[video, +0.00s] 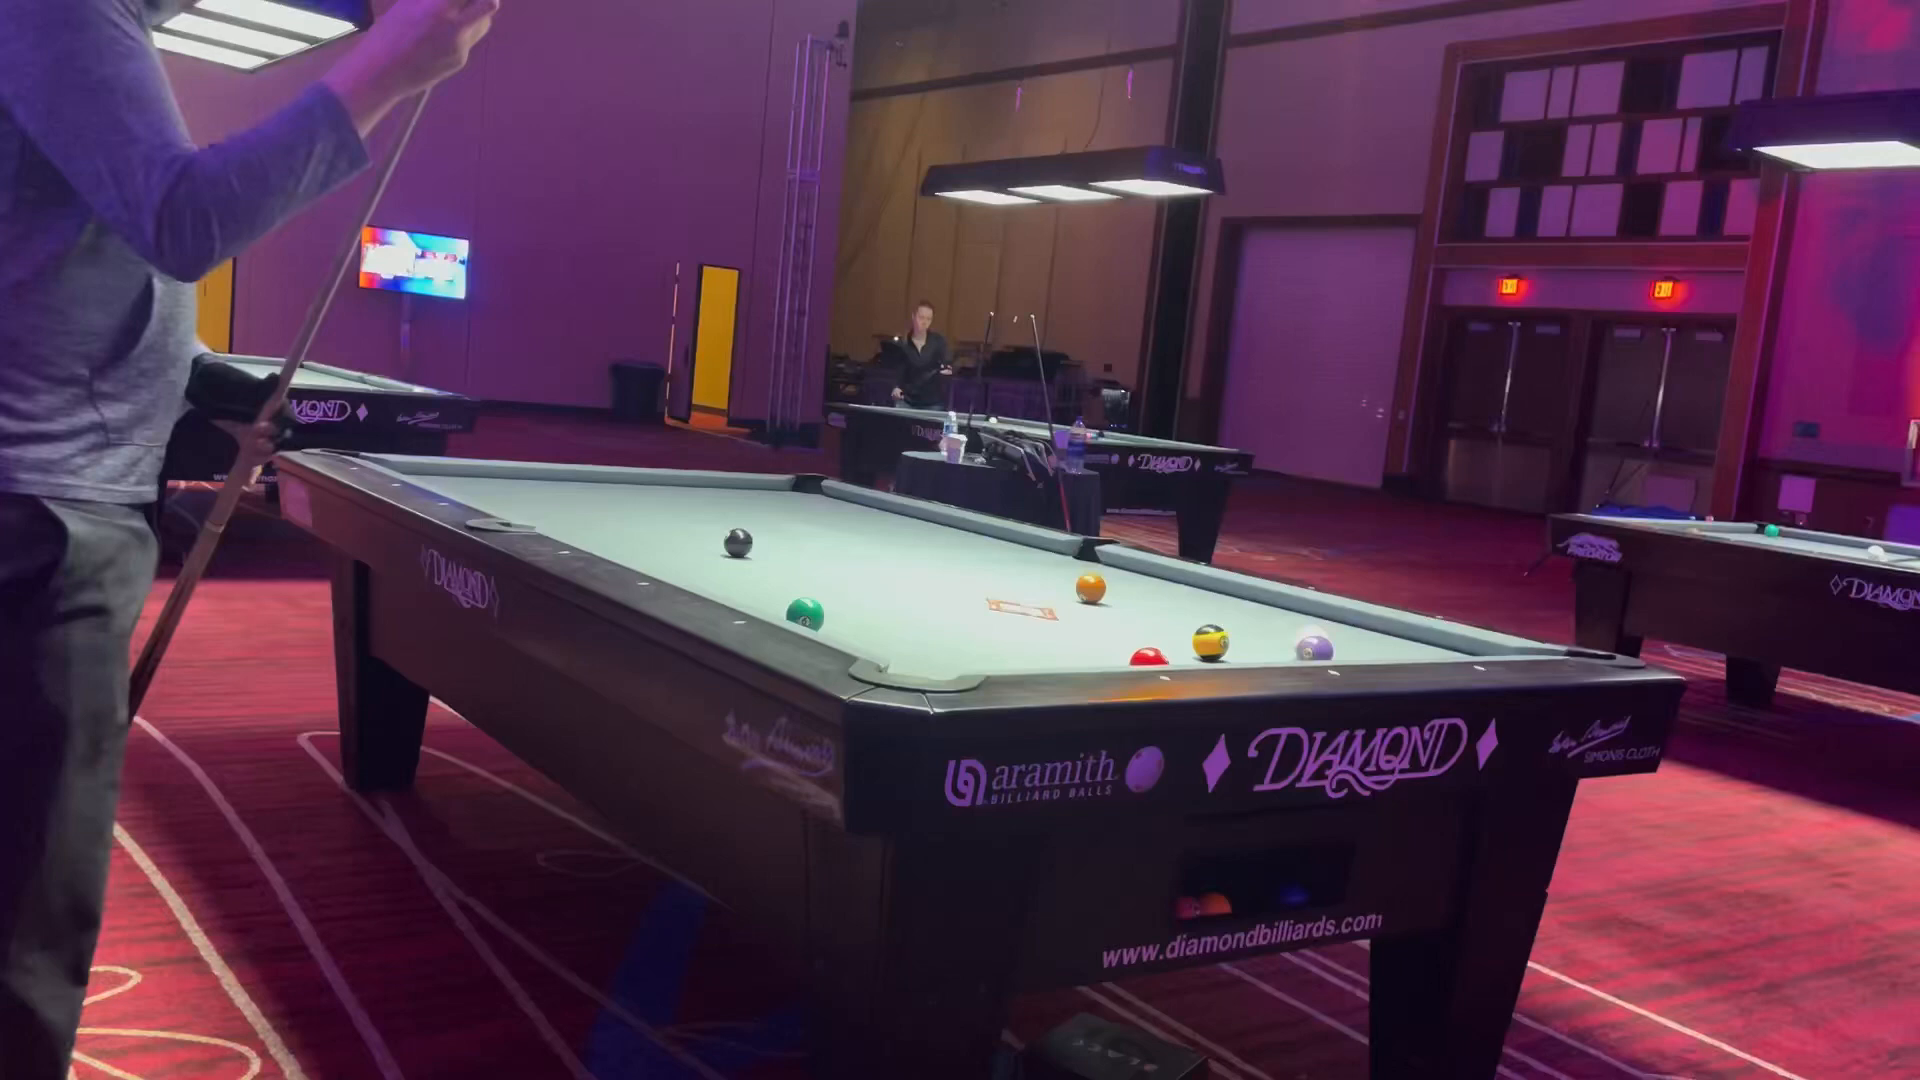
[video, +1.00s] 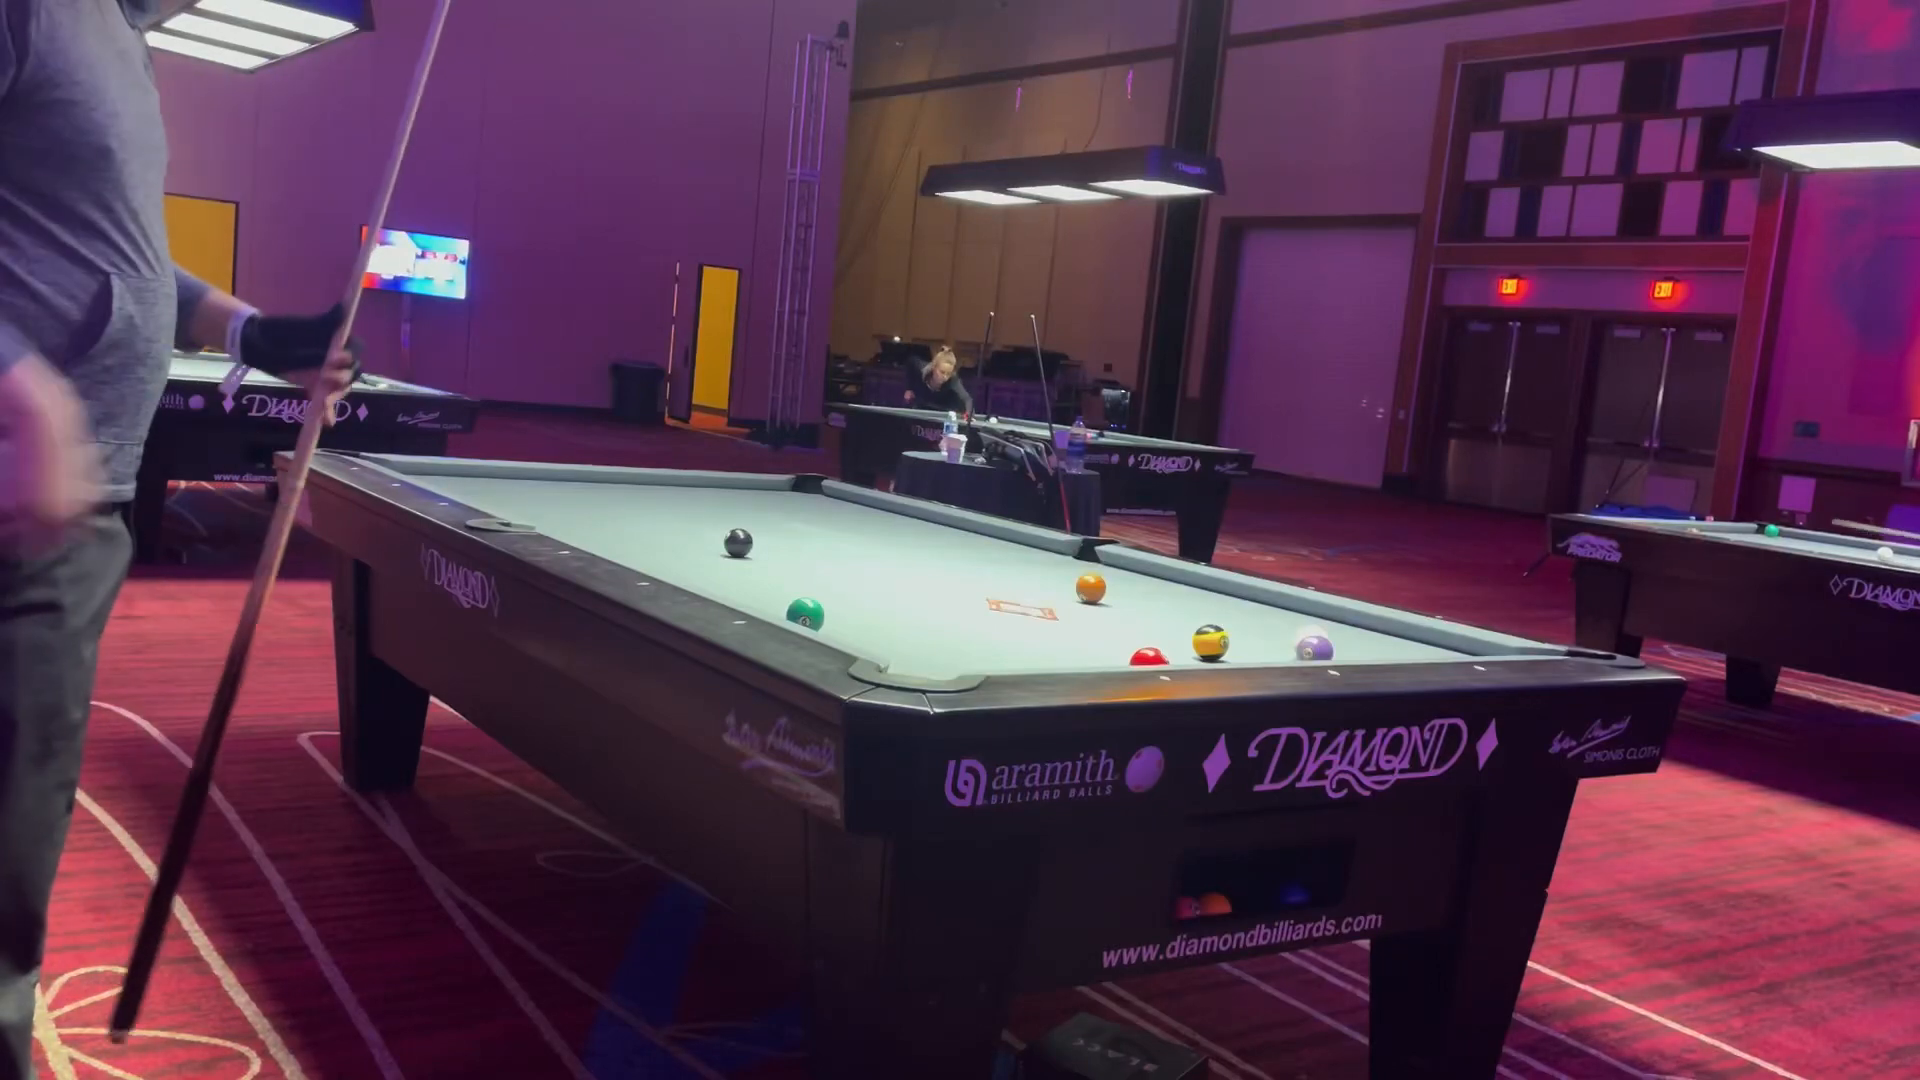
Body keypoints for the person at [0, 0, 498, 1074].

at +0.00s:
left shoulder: (88, 25)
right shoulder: (57, 20)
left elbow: (86, 276)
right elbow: (180, 219)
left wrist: (230, 398)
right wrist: (391, 60)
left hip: (78, 509)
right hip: (51, 518)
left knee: (47, 901)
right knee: (43, 915)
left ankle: (41, 1046)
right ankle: (36, 1055)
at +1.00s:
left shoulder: (116, 29)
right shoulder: (32, 20)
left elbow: (110, 248)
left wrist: (249, 331)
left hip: (80, 514)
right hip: (25, 524)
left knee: (33, 827)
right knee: (19, 844)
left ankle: (17, 1034)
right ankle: (13, 1040)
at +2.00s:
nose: (403, 1)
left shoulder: (309, 52)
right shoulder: (148, 22)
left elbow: (325, 210)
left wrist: (497, 240)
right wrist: (78, 414)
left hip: (231, 515)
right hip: (168, 521)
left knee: (92, 840)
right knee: (255, 866)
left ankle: (8, 1049)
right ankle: (263, 1064)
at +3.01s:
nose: (898, 244)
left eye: (908, 222)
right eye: (900, 214)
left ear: (837, 187)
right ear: (837, 180)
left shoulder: (806, 333)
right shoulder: (630, 179)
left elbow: (918, 450)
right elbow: (402, 103)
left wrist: (1066, 557)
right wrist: (400, 310)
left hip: (514, 537)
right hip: (370, 499)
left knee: (568, 775)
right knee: (346, 821)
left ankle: (553, 1036)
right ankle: (304, 1060)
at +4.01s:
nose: (902, 360)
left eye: (914, 341)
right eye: (911, 330)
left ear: (851, 288)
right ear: (864, 280)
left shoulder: (798, 411)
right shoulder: (665, 226)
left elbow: (926, 502)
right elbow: (492, 70)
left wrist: (1080, 560)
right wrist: (452, 265)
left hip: (487, 535)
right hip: (336, 486)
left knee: (555, 767)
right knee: (315, 829)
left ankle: (549, 1034)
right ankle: (294, 1058)